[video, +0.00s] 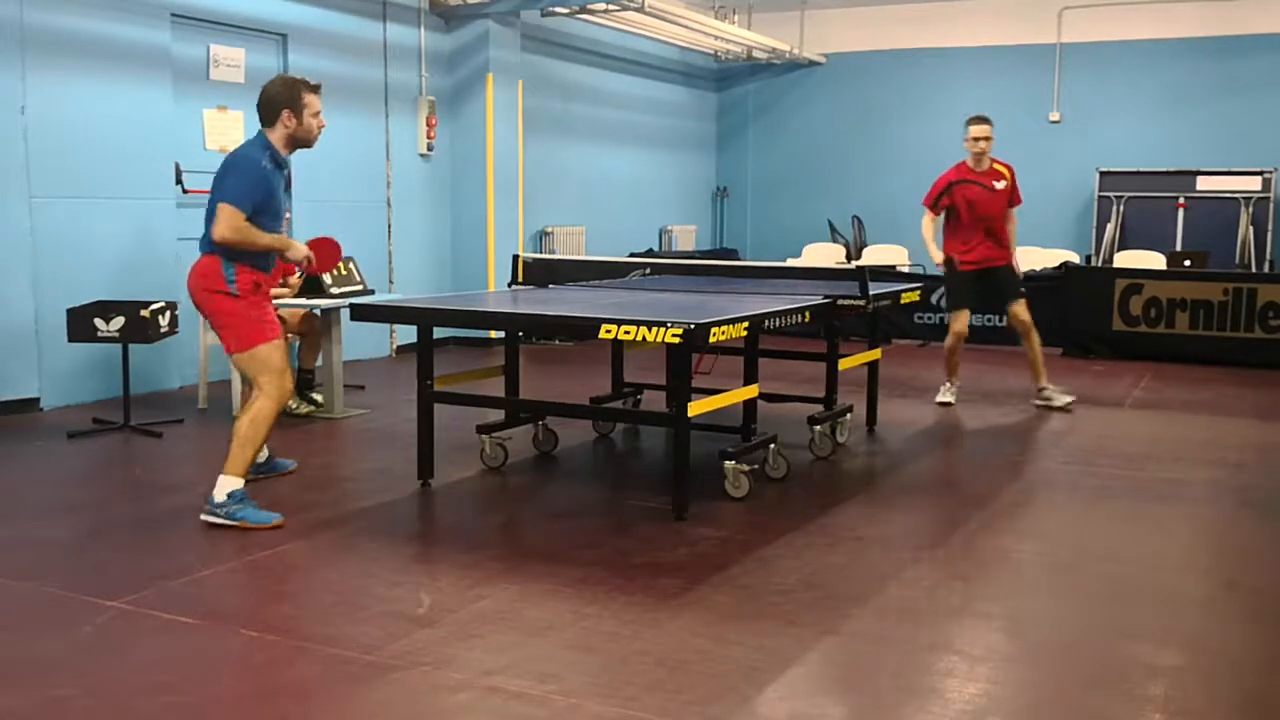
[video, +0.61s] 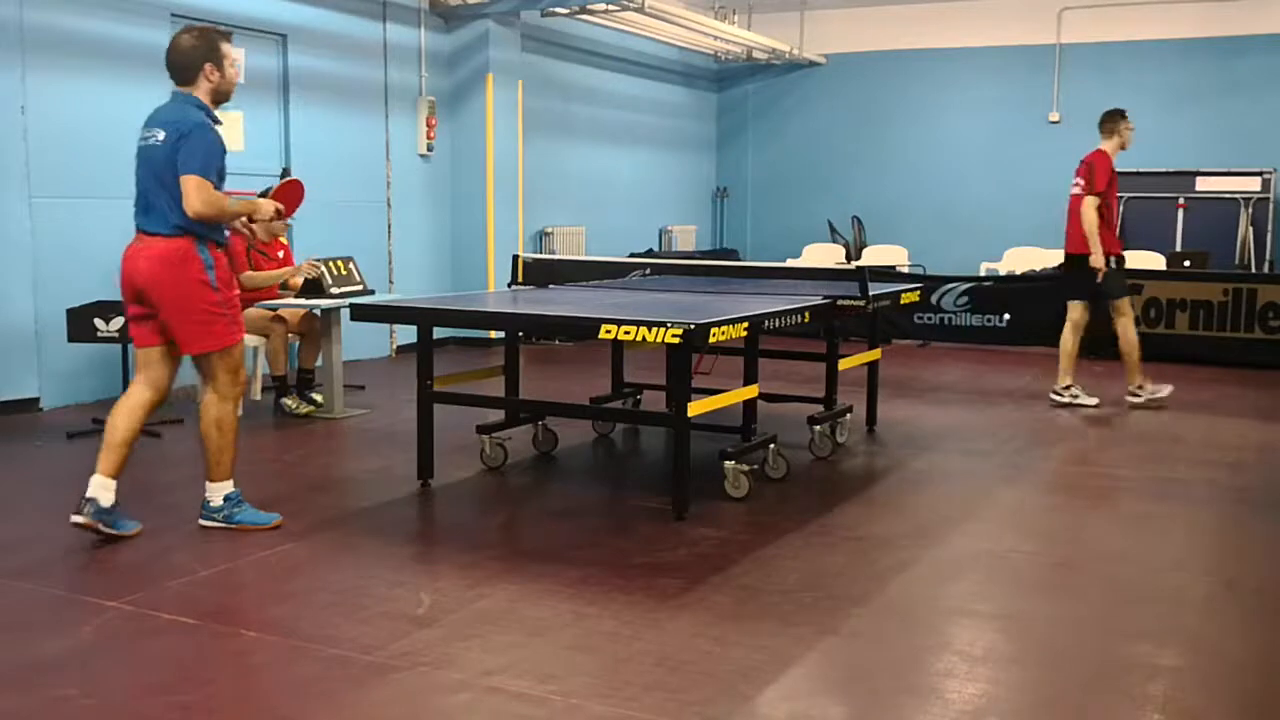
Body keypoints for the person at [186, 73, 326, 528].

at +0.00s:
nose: (322, 123)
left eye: (320, 114)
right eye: (315, 115)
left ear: (287, 118)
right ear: (288, 118)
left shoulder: (276, 163)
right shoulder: (249, 162)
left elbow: (259, 228)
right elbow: (225, 230)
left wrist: (281, 263)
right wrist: (285, 243)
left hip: (246, 278)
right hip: (223, 279)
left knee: (273, 366)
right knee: (276, 386)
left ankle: (252, 456)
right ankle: (225, 495)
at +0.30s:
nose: (296, 87)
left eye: (294, 78)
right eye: (289, 79)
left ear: (258, 84)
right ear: (266, 84)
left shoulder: (237, 128)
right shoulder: (234, 134)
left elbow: (220, 206)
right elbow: (208, 207)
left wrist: (270, 222)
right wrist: (268, 225)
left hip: (201, 259)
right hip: (208, 262)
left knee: (217, 375)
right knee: (249, 379)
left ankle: (188, 475)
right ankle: (224, 498)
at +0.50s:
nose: (259, 73)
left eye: (256, 64)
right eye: (253, 65)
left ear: (215, 73)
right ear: (231, 72)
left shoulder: (186, 118)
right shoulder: (210, 125)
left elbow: (201, 202)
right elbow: (206, 205)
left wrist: (257, 211)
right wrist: (264, 210)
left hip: (166, 256)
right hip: (200, 261)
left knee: (180, 376)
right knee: (231, 380)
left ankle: (113, 479)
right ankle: (221, 499)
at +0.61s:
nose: (237, 74)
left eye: (235, 65)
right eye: (232, 65)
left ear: (191, 73)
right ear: (210, 72)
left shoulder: (157, 120)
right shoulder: (198, 126)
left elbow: (180, 199)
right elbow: (199, 203)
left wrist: (243, 207)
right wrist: (251, 208)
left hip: (142, 256)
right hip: (183, 259)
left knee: (149, 381)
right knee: (225, 379)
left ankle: (98, 498)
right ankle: (221, 499)